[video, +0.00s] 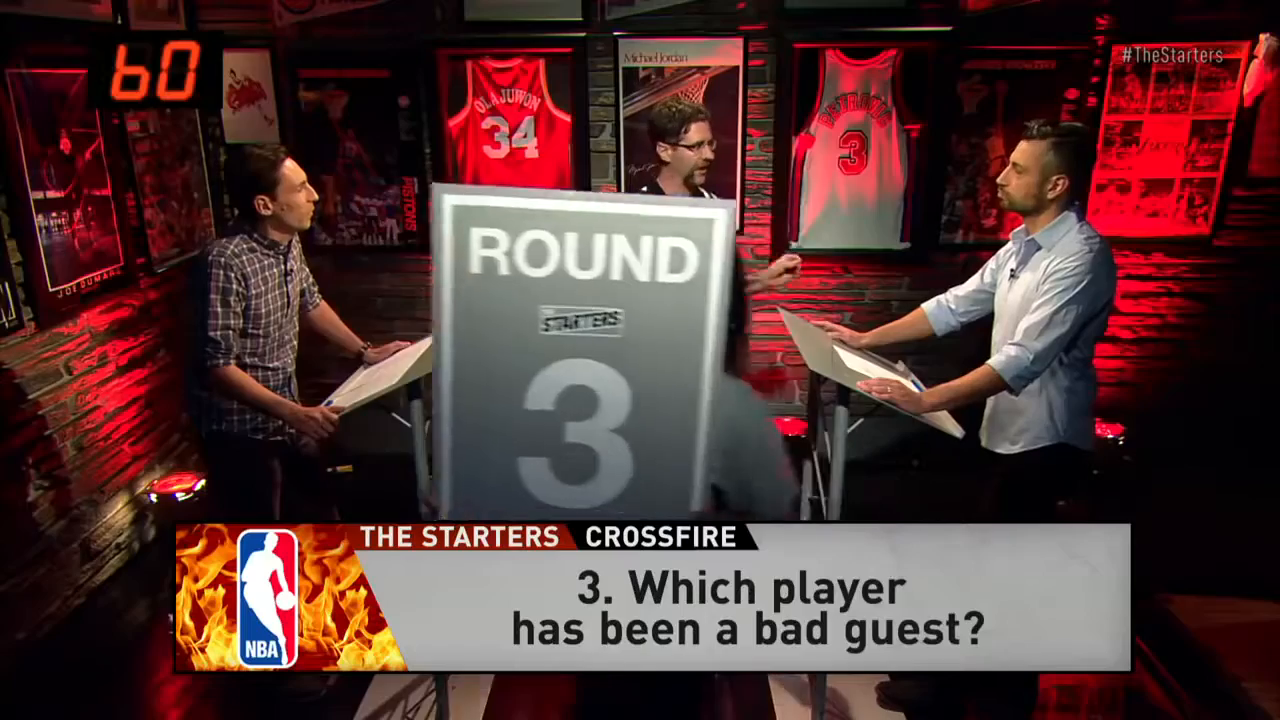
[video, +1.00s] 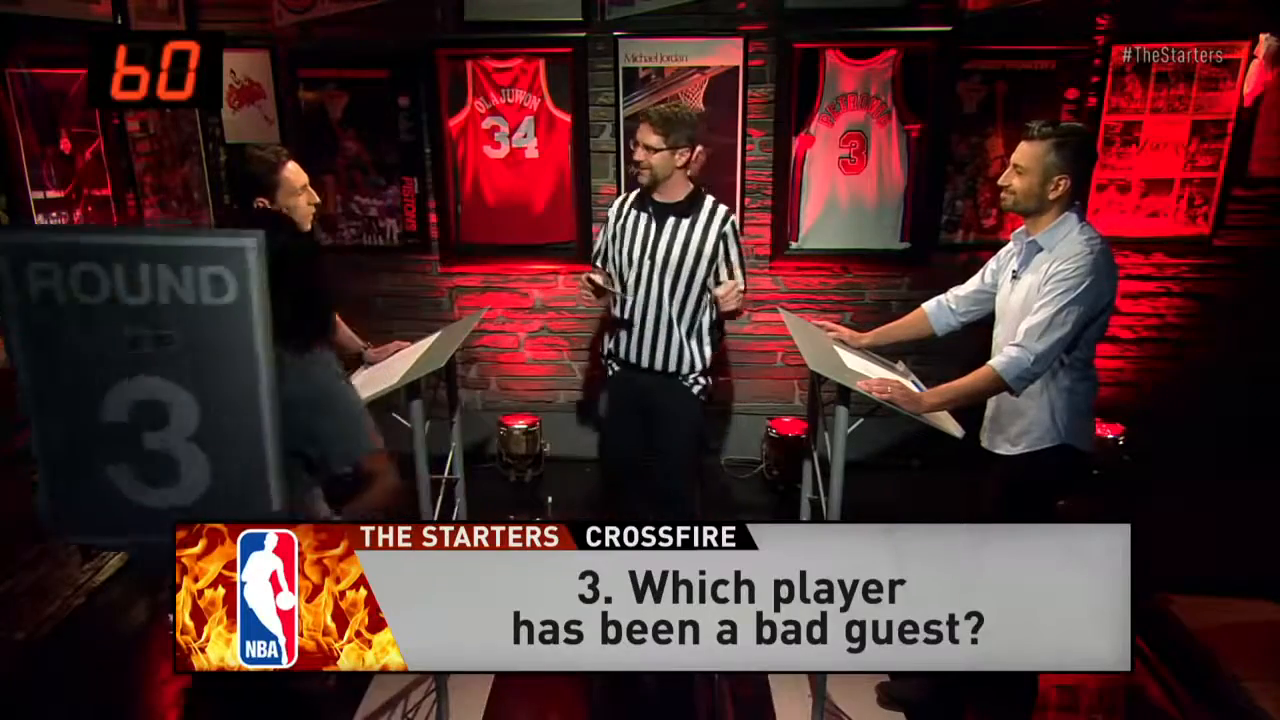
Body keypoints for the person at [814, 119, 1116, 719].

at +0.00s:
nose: (1002, 176)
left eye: (1016, 170)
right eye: (1007, 165)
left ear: (1055, 189)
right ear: (1044, 186)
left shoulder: (1083, 258)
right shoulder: (1025, 244)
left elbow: (1023, 358)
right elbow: (954, 306)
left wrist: (928, 398)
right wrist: (867, 339)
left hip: (1043, 446)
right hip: (1000, 433)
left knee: (1009, 579)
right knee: (973, 562)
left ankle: (999, 704)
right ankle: (940, 683)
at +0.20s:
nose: (1001, 177)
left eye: (1016, 170)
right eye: (1006, 165)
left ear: (1055, 189)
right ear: (1044, 186)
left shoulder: (1083, 258)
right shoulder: (1025, 243)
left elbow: (1023, 359)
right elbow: (954, 306)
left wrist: (928, 398)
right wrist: (867, 339)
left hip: (1042, 446)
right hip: (1000, 433)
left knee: (1009, 579)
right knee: (973, 563)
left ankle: (999, 704)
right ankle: (940, 683)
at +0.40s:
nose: (1002, 178)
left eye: (1016, 171)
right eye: (1006, 166)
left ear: (1055, 189)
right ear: (1043, 186)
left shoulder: (1082, 258)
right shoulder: (1025, 243)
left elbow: (1024, 359)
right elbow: (954, 306)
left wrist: (928, 398)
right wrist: (867, 339)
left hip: (1043, 446)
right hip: (1001, 433)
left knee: (1008, 579)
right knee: (973, 563)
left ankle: (1000, 703)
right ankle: (941, 685)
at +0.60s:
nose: (1002, 179)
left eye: (1016, 172)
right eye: (1006, 167)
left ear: (1056, 189)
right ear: (1044, 186)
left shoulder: (1083, 259)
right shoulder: (1026, 244)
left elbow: (1024, 359)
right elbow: (954, 306)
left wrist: (928, 398)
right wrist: (867, 339)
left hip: (1043, 446)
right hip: (1000, 433)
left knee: (1008, 579)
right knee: (973, 562)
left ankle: (1000, 703)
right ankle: (940, 684)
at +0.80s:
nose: (1003, 178)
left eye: (1017, 171)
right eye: (1007, 167)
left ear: (1057, 189)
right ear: (1045, 186)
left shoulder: (1083, 260)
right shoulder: (1026, 243)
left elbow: (1024, 359)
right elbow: (955, 306)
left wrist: (928, 398)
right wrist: (868, 339)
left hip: (1043, 447)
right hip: (1000, 434)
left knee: (1008, 579)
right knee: (972, 563)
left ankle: (1000, 703)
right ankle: (940, 684)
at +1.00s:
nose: (1003, 178)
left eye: (1018, 171)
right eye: (1008, 166)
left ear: (1057, 189)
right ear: (1045, 186)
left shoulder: (1084, 260)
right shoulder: (1025, 244)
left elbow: (1024, 360)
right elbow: (954, 306)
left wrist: (927, 398)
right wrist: (868, 339)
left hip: (1043, 446)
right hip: (1001, 433)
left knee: (1007, 579)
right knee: (973, 563)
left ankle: (996, 704)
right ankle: (939, 683)